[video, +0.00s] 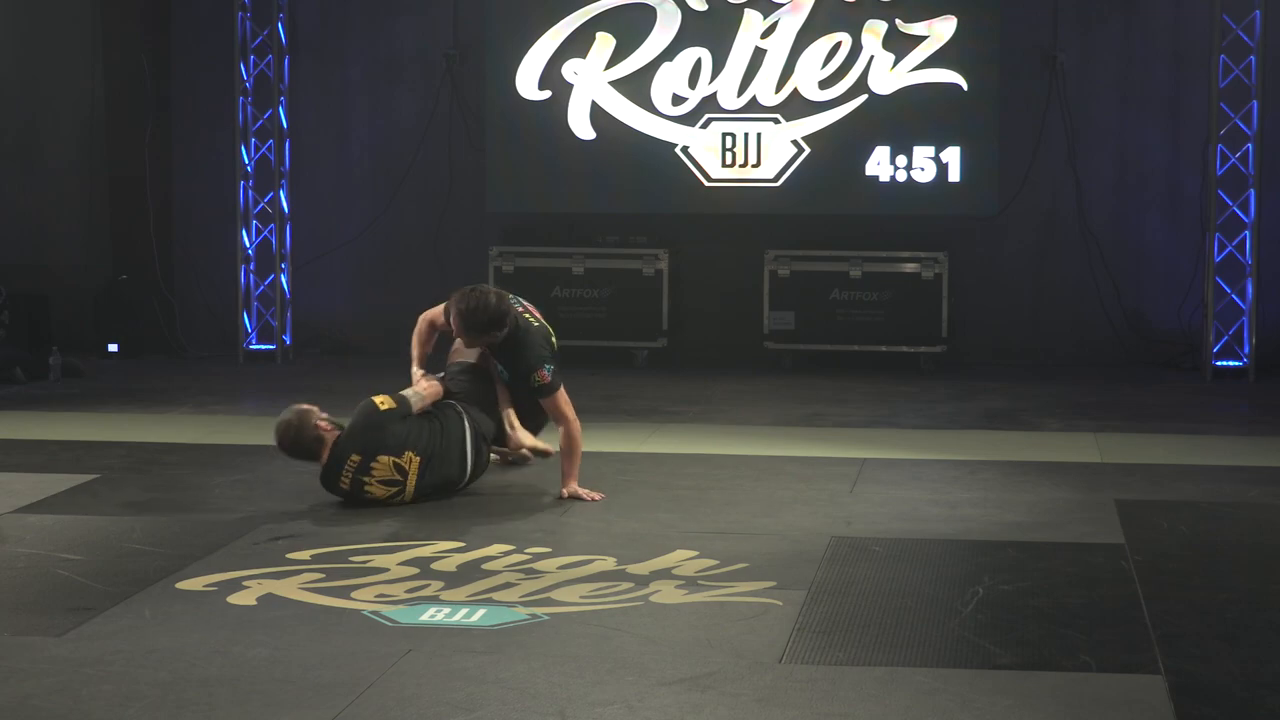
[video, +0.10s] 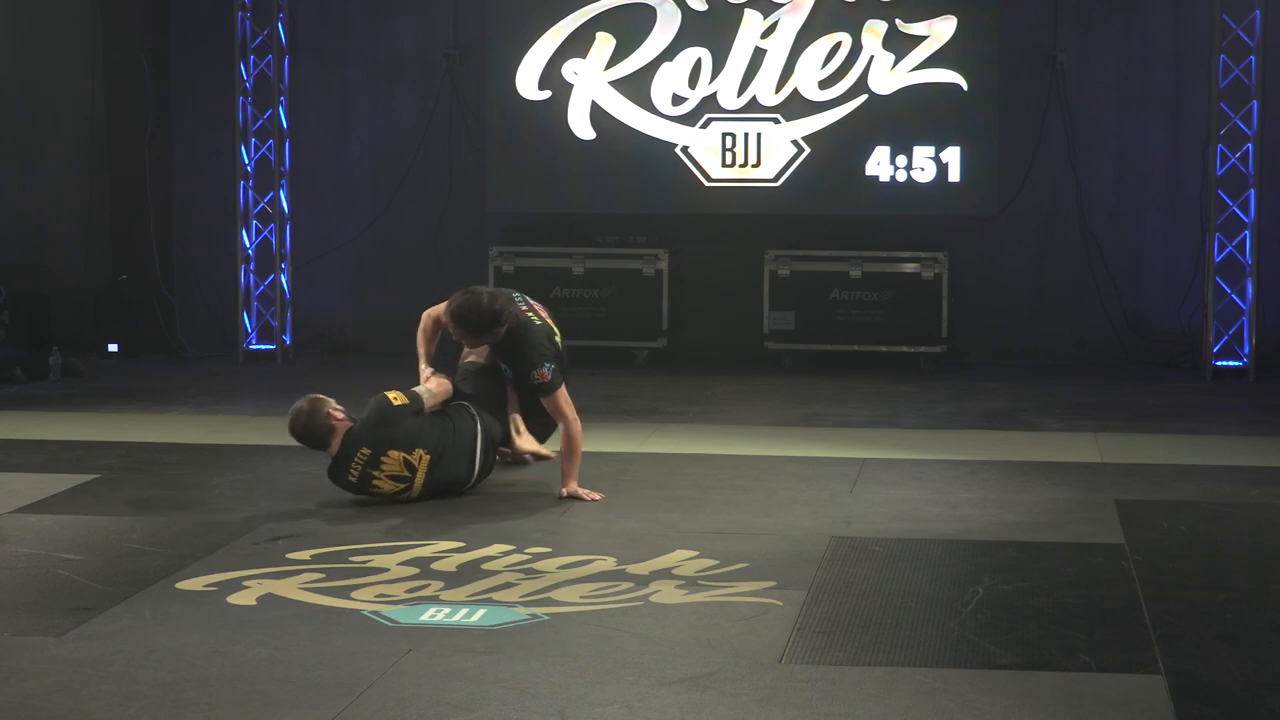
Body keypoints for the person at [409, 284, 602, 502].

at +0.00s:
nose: (455, 336)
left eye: (462, 336)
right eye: (454, 327)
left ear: (492, 337)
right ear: (459, 310)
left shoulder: (532, 357)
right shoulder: (470, 306)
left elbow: (569, 422)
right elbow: (427, 321)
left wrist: (570, 484)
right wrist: (417, 368)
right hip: (492, 365)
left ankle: (509, 453)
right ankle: (513, 432)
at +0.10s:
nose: (456, 340)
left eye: (464, 341)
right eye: (454, 333)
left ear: (493, 335)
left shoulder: (535, 359)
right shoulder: (474, 304)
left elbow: (571, 422)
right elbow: (430, 318)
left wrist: (569, 484)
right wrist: (424, 365)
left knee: (512, 449)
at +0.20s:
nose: (464, 348)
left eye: (472, 344)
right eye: (459, 339)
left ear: (499, 330)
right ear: (456, 312)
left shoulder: (534, 356)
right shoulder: (475, 297)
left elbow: (569, 420)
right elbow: (430, 308)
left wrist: (569, 485)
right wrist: (427, 360)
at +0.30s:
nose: (463, 348)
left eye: (470, 346)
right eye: (459, 341)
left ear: (500, 333)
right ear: (462, 309)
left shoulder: (534, 348)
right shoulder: (475, 291)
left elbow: (566, 419)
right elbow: (428, 298)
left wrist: (569, 484)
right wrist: (428, 357)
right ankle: (502, 445)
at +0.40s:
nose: (457, 349)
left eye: (464, 347)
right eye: (456, 341)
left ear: (500, 340)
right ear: (463, 309)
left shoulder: (537, 350)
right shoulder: (479, 289)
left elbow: (565, 418)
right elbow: (426, 294)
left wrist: (569, 483)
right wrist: (424, 354)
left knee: (533, 419)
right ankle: (497, 440)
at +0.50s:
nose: (457, 358)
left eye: (465, 356)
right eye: (456, 352)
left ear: (493, 350)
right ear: (458, 324)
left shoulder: (535, 354)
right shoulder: (472, 296)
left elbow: (564, 421)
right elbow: (420, 294)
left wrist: (569, 483)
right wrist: (420, 355)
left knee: (536, 417)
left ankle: (562, 407)